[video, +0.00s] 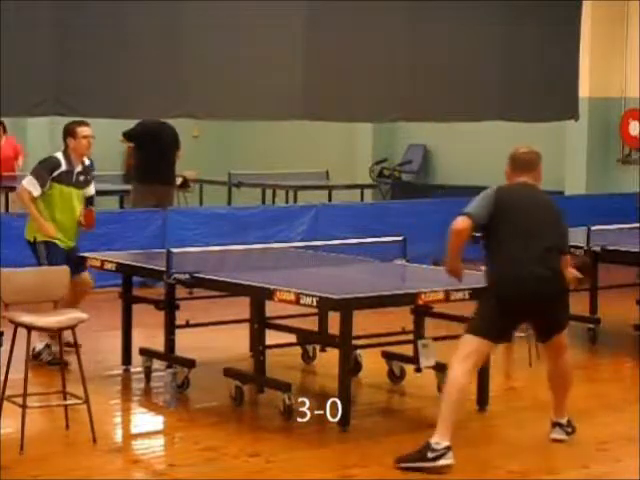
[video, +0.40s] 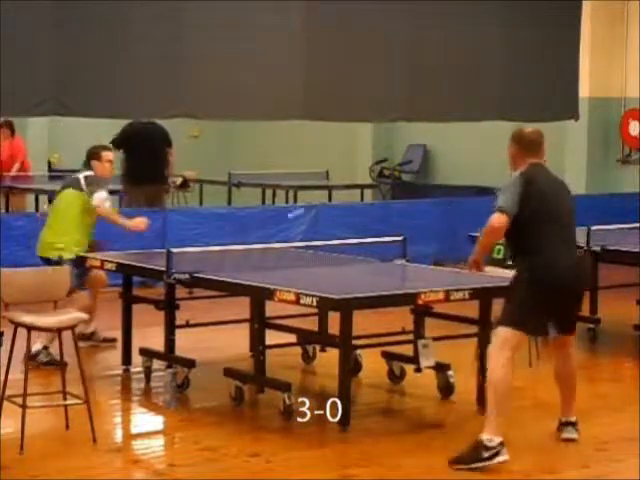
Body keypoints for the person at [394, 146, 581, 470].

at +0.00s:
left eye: (507, 173)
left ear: (508, 172)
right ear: (538, 174)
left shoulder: (496, 195)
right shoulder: (551, 205)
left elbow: (460, 227)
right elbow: (561, 257)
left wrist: (453, 262)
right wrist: (566, 271)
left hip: (505, 290)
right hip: (549, 289)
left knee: (464, 361)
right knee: (558, 351)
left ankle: (440, 444)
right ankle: (560, 421)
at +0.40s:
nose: (509, 159)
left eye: (510, 153)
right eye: (512, 153)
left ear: (514, 153)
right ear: (542, 153)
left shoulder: (518, 182)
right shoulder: (560, 185)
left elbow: (498, 224)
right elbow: (564, 231)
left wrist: (478, 256)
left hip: (535, 275)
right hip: (571, 274)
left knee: (501, 349)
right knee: (563, 344)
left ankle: (491, 440)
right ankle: (568, 420)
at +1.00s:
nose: (478, 187)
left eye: (478, 182)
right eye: (481, 182)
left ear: (482, 181)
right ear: (512, 181)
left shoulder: (482, 214)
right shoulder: (539, 212)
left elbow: (467, 265)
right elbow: (572, 264)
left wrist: (445, 292)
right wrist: (557, 293)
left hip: (511, 309)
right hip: (556, 304)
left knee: (458, 373)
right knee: (560, 361)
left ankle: (468, 461)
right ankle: (587, 437)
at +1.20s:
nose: (503, 167)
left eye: (473, 166)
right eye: (504, 161)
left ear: (472, 166)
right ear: (504, 162)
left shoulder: (458, 202)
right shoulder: (529, 196)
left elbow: (439, 257)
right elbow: (558, 258)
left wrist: (447, 290)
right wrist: (529, 262)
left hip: (487, 305)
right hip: (534, 303)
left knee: (444, 378)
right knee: (558, 371)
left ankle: (462, 459)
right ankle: (588, 439)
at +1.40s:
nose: (450, 151)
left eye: (447, 146)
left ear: (448, 147)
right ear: (481, 140)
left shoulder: (448, 187)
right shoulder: (510, 171)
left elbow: (436, 245)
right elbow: (532, 221)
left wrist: (432, 268)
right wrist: (507, 239)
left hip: (481, 294)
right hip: (529, 287)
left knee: (452, 375)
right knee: (549, 365)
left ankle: (460, 460)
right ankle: (575, 447)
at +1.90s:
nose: (497, 144)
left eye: (497, 138)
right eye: (500, 137)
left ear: (503, 138)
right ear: (533, 138)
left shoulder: (498, 179)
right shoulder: (561, 176)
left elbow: (471, 233)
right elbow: (584, 234)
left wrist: (458, 275)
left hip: (522, 289)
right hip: (569, 287)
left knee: (490, 369)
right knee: (566, 368)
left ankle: (464, 457)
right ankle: (577, 451)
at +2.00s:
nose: (512, 135)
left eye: (513, 130)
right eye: (515, 129)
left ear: (519, 130)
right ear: (549, 131)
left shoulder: (509, 171)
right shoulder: (578, 170)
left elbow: (479, 224)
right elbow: (601, 225)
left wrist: (475, 261)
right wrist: (577, 248)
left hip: (534, 278)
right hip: (581, 277)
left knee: (503, 364)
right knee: (591, 359)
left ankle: (483, 452)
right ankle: (600, 446)